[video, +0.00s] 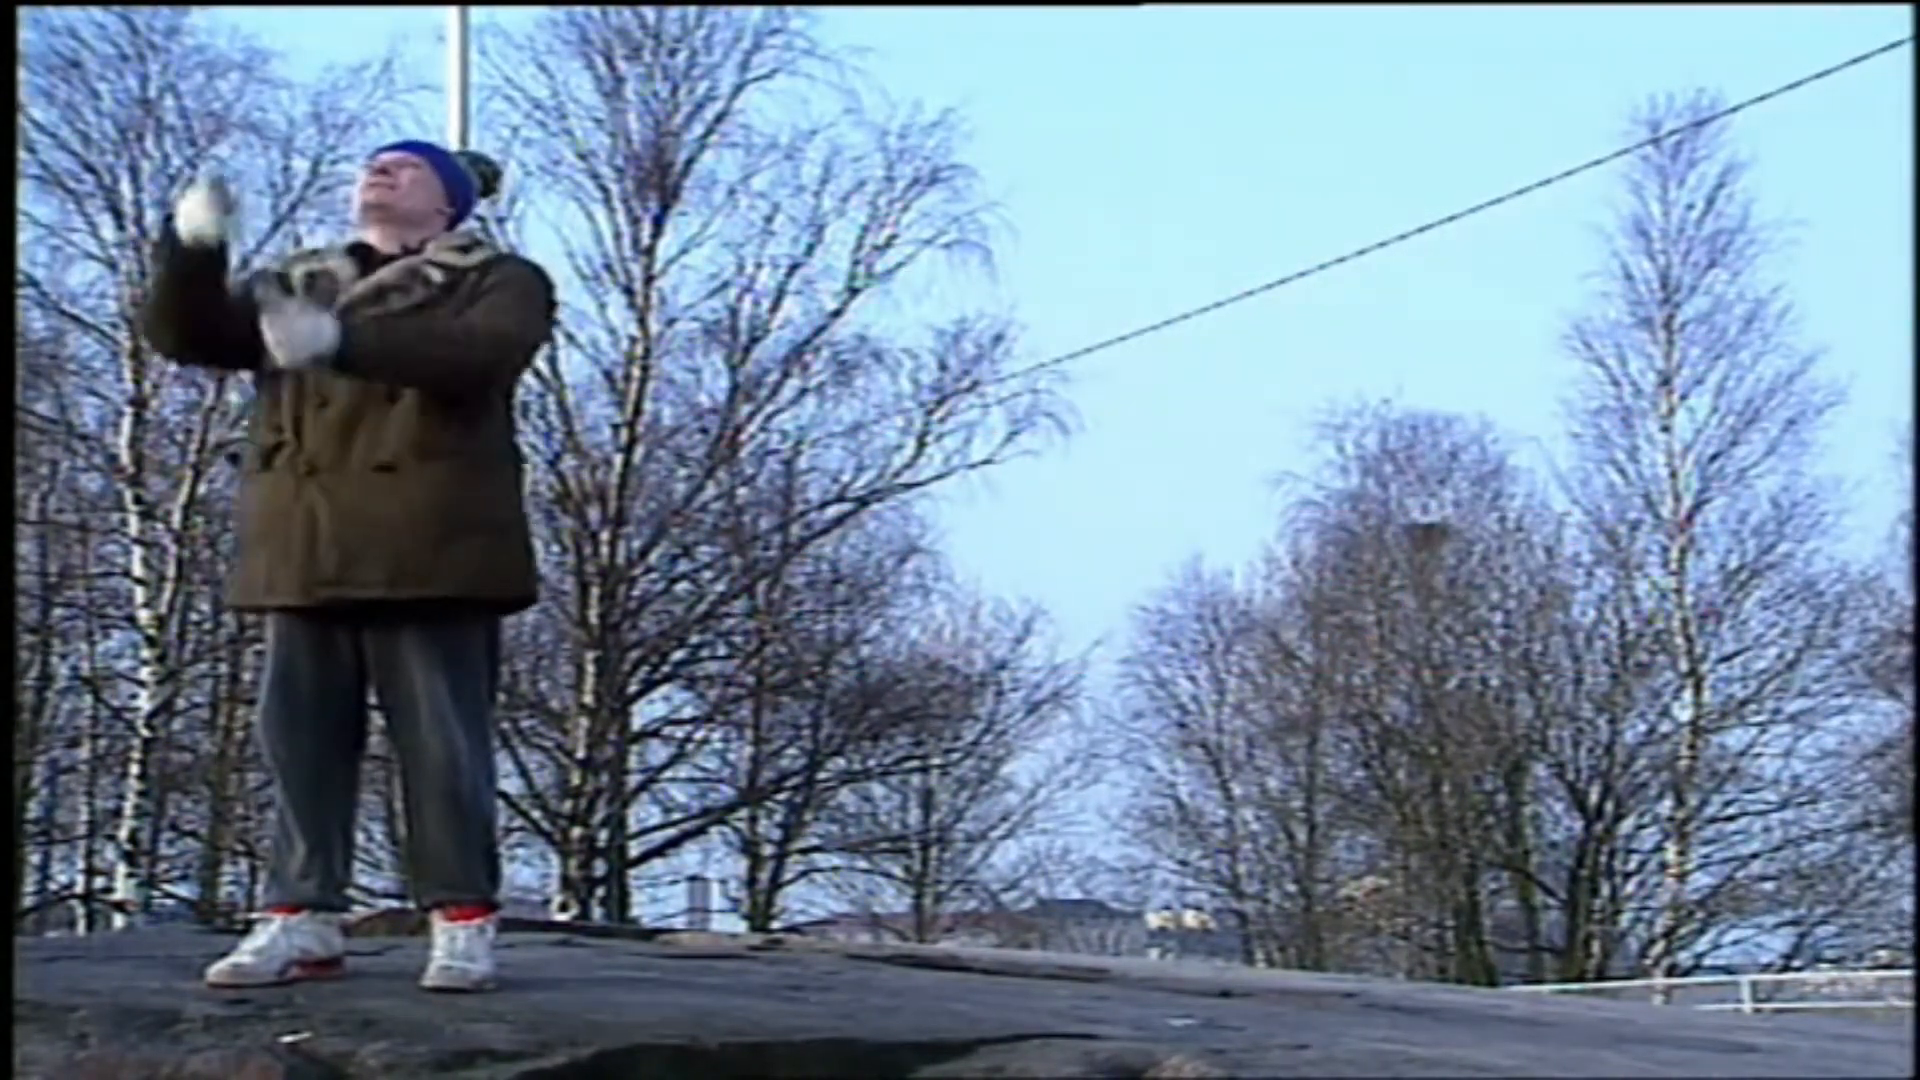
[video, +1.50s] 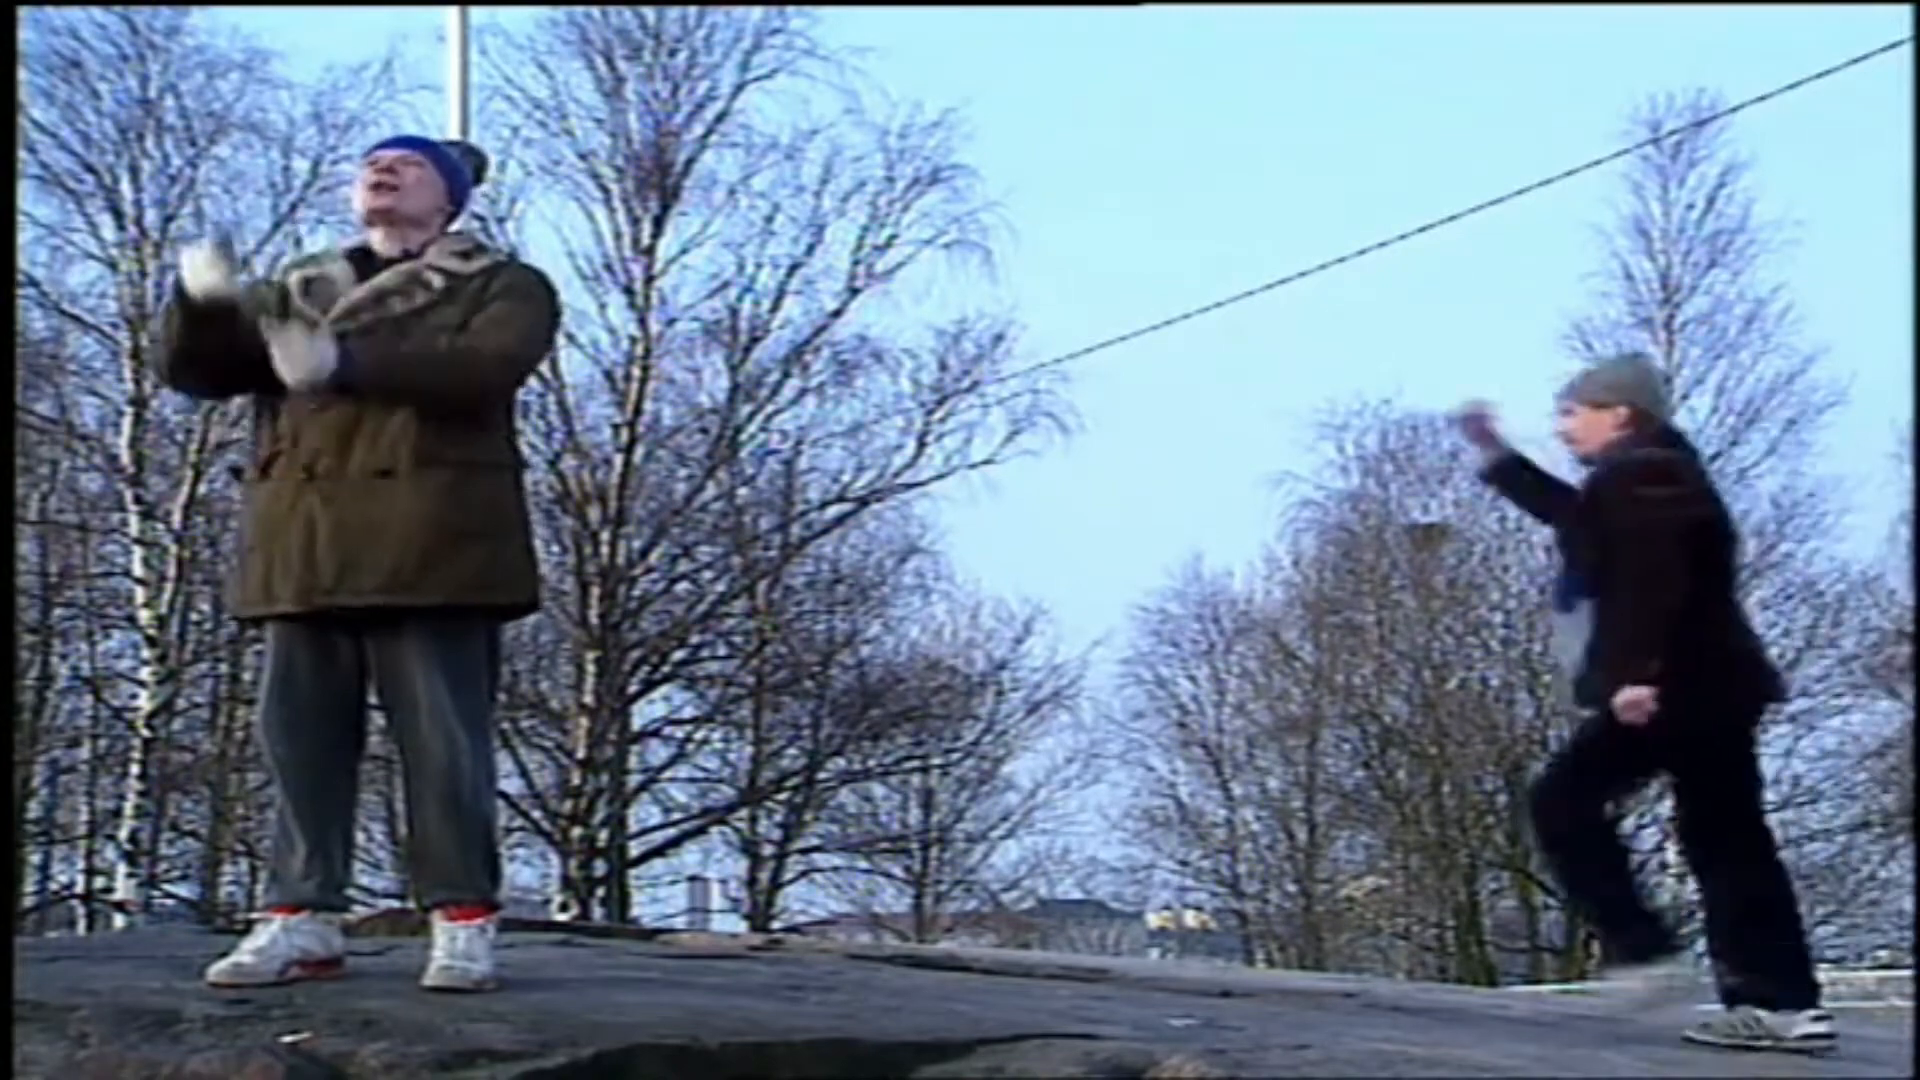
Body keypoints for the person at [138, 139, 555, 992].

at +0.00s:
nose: (376, 174)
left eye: (401, 167)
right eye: (370, 169)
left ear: (450, 204)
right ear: (354, 200)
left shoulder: (503, 279)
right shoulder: (305, 280)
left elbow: (472, 353)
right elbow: (186, 332)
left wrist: (342, 340)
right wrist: (192, 252)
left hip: (435, 559)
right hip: (306, 561)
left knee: (442, 741)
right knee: (299, 738)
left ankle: (463, 919)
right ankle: (305, 918)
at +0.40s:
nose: (375, 177)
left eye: (401, 168)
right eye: (369, 171)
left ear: (452, 204)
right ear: (356, 202)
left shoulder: (502, 282)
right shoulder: (314, 281)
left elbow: (482, 348)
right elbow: (263, 386)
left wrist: (340, 301)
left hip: (429, 550)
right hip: (305, 549)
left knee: (440, 740)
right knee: (299, 737)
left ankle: (461, 918)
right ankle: (306, 918)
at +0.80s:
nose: (382, 178)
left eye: (407, 171)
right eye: (376, 172)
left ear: (453, 207)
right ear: (359, 201)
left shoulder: (503, 279)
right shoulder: (307, 279)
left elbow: (479, 347)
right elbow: (186, 334)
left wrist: (341, 319)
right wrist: (177, 246)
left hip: (437, 555)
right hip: (306, 556)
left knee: (443, 739)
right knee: (299, 735)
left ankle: (462, 919)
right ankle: (306, 918)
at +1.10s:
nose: (383, 172)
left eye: (407, 165)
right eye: (374, 167)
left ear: (456, 204)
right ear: (357, 202)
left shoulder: (505, 282)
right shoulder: (307, 279)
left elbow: (486, 354)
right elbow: (221, 392)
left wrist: (334, 327)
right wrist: (215, 332)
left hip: (435, 550)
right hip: (306, 548)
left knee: (443, 741)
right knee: (301, 738)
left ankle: (462, 918)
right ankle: (306, 918)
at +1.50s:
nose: (380, 172)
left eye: (404, 164)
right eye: (371, 166)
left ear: (451, 195)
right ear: (354, 196)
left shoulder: (508, 284)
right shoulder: (310, 285)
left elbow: (480, 370)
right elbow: (198, 369)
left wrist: (342, 358)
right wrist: (206, 307)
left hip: (435, 556)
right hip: (305, 555)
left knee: (444, 742)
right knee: (301, 738)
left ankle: (463, 919)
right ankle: (307, 918)